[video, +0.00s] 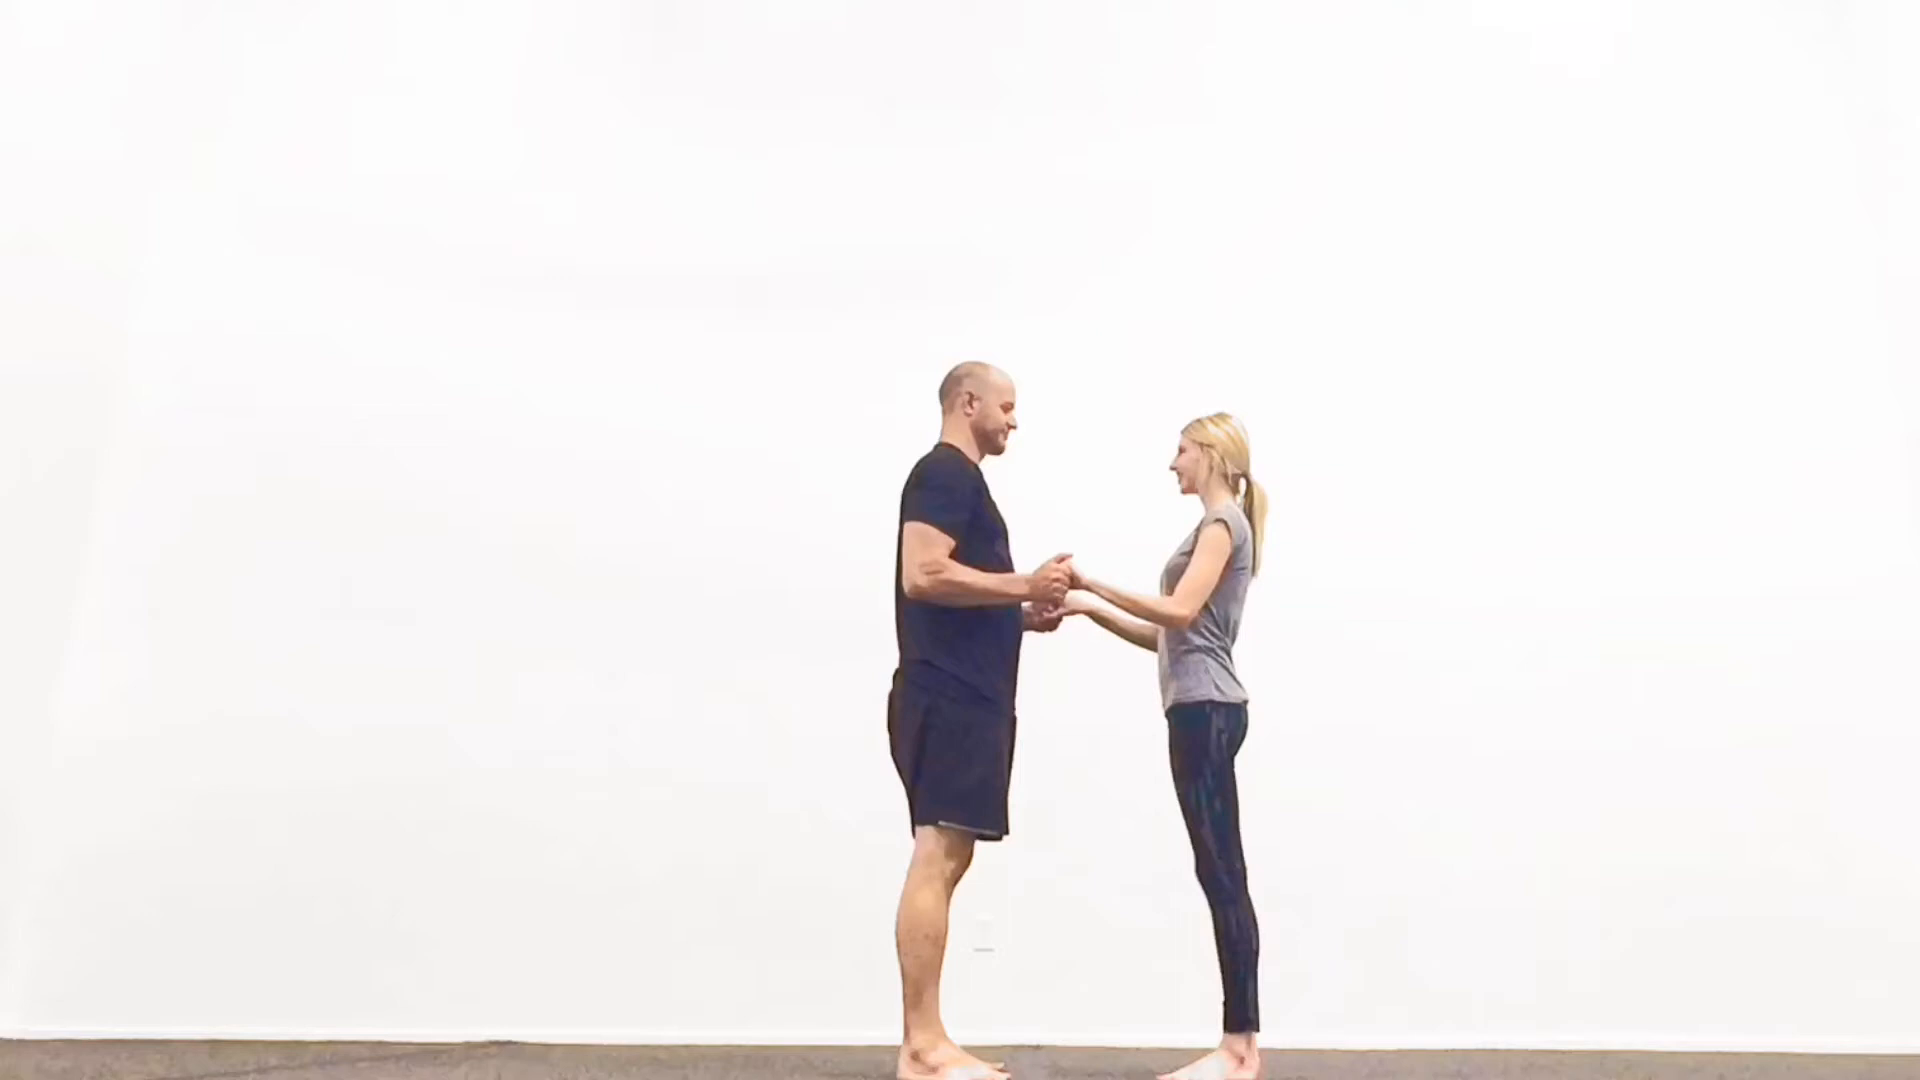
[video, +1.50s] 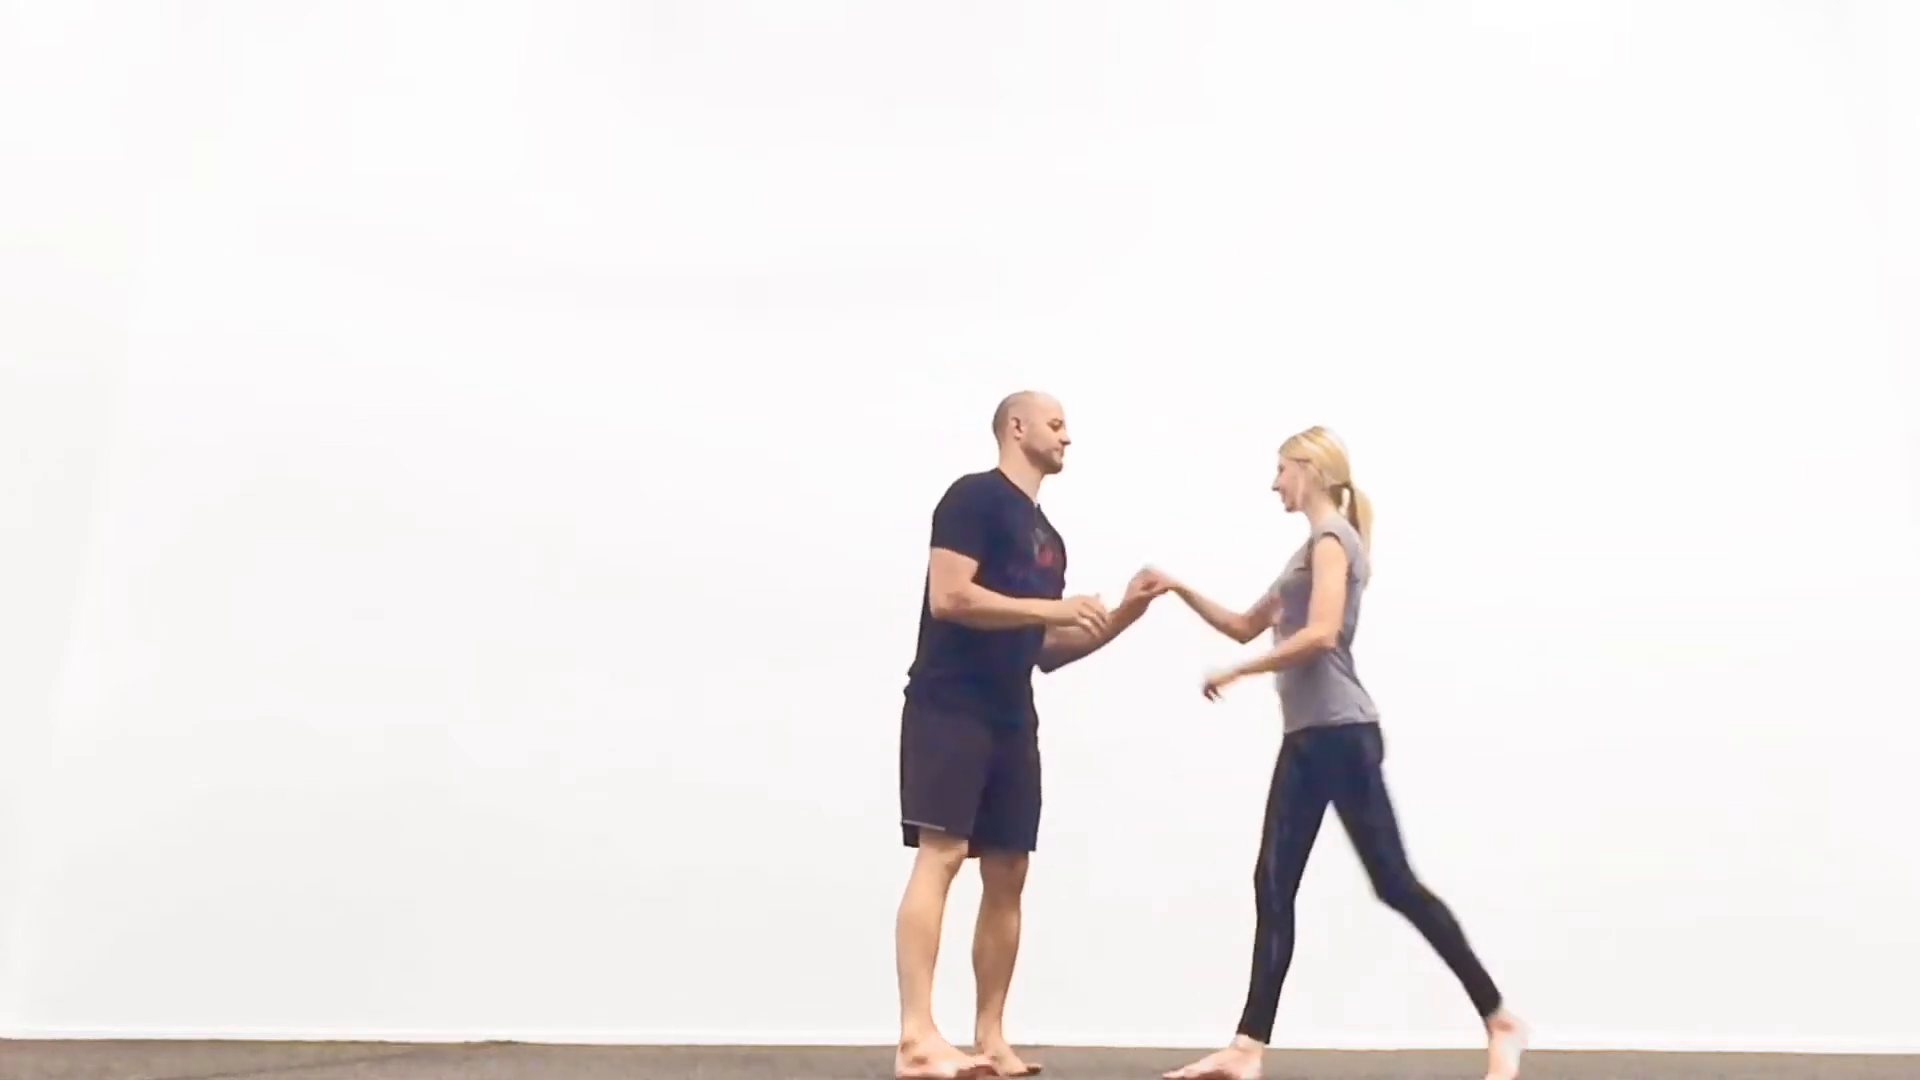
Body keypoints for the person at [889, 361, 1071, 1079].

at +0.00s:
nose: (1014, 421)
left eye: (1014, 410)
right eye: (1006, 408)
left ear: (969, 404)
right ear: (968, 405)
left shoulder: (963, 479)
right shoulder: (943, 470)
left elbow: (950, 594)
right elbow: (923, 574)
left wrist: (1025, 613)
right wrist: (1024, 586)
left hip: (963, 694)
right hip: (948, 694)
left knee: (945, 859)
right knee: (938, 859)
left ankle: (924, 1043)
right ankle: (924, 1045)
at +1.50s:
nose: (1067, 438)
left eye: (1066, 428)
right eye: (1055, 425)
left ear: (1028, 431)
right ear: (1015, 428)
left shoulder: (1049, 540)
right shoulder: (973, 494)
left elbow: (1041, 651)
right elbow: (948, 598)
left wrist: (1122, 615)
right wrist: (1051, 609)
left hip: (1011, 715)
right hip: (949, 708)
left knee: (1006, 872)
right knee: (940, 855)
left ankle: (989, 1039)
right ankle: (916, 1038)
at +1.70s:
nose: (1055, 437)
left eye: (1056, 428)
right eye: (1043, 425)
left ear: (1032, 436)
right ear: (1002, 430)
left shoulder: (1054, 537)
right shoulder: (953, 498)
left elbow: (1120, 619)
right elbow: (916, 597)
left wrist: (1195, 562)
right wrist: (1007, 610)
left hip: (1012, 717)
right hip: (941, 707)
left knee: (1002, 872)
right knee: (911, 847)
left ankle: (990, 1042)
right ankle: (849, 1020)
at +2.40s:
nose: (969, 443)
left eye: (970, 432)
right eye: (956, 433)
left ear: (962, 439)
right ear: (917, 440)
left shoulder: (990, 529)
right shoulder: (874, 520)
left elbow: (1065, 594)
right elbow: (849, 630)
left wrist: (1102, 530)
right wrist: (942, 658)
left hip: (960, 724)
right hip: (881, 723)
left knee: (982, 871)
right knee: (838, 869)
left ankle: (991, 1044)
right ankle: (783, 1039)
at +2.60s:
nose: (952, 461)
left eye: (953, 448)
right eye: (938, 453)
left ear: (952, 450)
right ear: (901, 462)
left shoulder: (973, 523)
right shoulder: (879, 545)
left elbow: (1054, 565)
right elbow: (902, 665)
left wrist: (1058, 508)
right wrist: (997, 688)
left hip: (954, 729)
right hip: (879, 732)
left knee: (982, 869)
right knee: (838, 873)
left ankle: (991, 1043)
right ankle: (784, 1038)